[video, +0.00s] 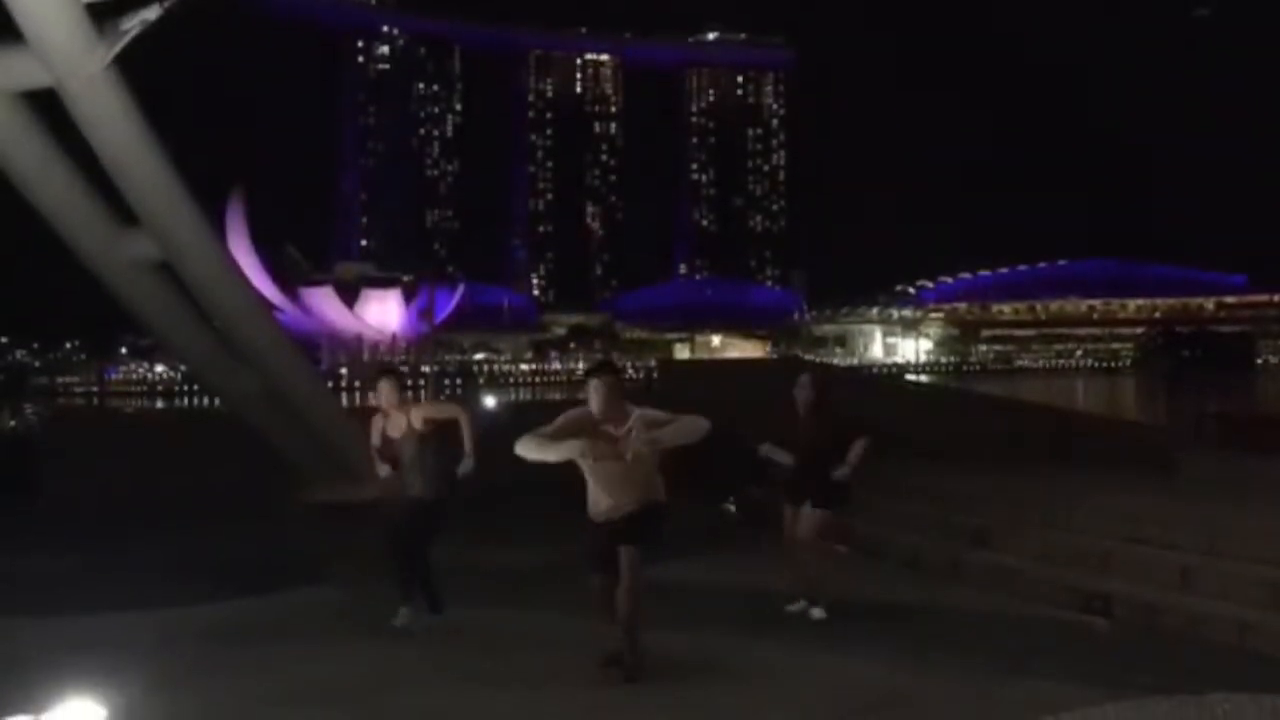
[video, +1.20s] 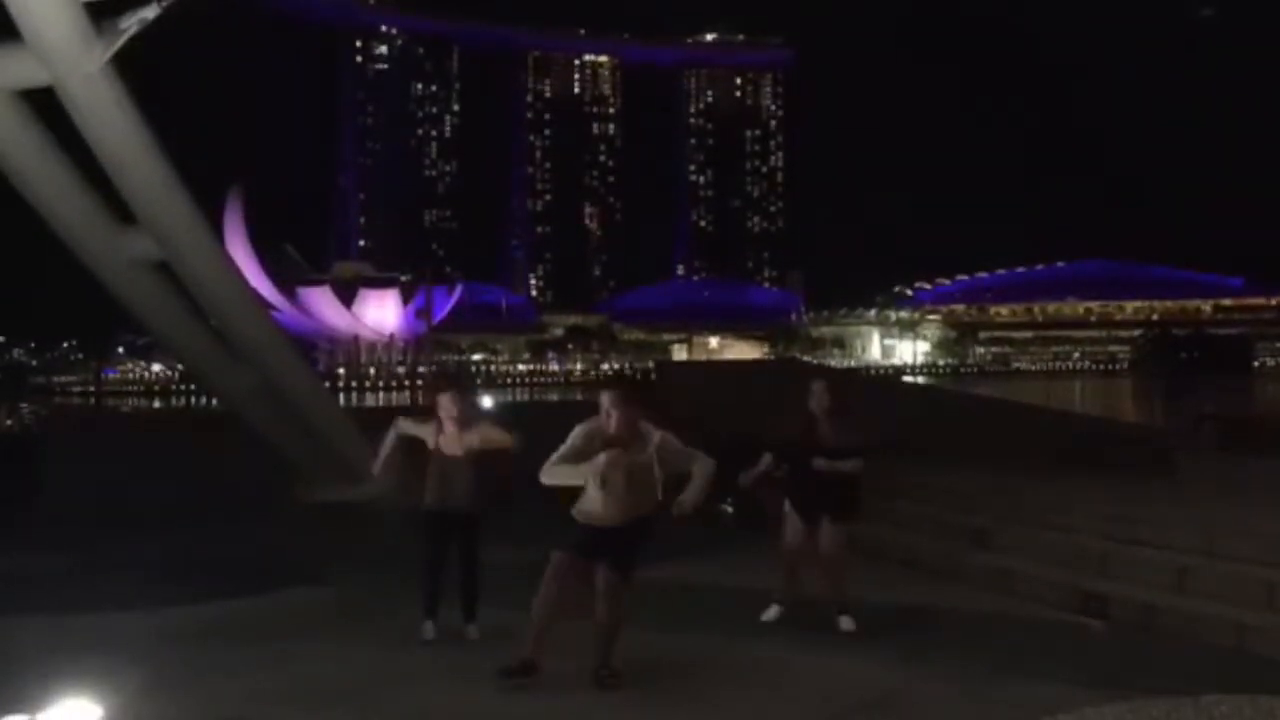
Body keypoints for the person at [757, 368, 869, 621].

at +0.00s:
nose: (799, 394)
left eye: (805, 389)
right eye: (798, 388)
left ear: (817, 392)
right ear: (794, 391)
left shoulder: (827, 419)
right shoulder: (795, 422)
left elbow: (861, 437)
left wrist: (848, 466)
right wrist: (772, 452)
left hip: (824, 484)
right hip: (799, 483)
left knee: (807, 539)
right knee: (792, 540)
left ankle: (820, 599)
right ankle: (803, 596)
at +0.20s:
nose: (815, 397)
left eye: (820, 391)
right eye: (810, 391)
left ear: (829, 395)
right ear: (804, 394)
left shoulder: (842, 425)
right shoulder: (796, 424)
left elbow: (857, 460)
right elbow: (786, 462)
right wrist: (786, 492)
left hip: (836, 493)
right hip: (802, 493)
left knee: (830, 551)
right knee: (796, 549)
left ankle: (828, 604)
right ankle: (795, 597)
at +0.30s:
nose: (820, 404)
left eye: (824, 398)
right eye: (815, 398)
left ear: (832, 400)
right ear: (809, 400)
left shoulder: (841, 427)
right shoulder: (797, 428)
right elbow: (778, 461)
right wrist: (785, 496)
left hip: (835, 497)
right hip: (804, 497)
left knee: (834, 554)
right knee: (801, 554)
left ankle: (826, 606)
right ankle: (791, 609)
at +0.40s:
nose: (814, 392)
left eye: (819, 387)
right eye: (810, 387)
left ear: (828, 390)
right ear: (804, 390)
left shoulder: (839, 419)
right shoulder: (800, 419)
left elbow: (855, 459)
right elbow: (777, 453)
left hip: (834, 487)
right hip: (801, 489)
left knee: (837, 548)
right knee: (806, 548)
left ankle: (826, 606)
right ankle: (797, 613)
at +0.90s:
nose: (818, 391)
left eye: (823, 385)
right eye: (813, 385)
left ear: (830, 387)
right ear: (806, 386)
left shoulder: (839, 413)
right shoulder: (795, 413)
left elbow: (860, 440)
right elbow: (775, 454)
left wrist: (862, 467)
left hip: (836, 487)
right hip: (802, 489)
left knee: (844, 546)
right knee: (805, 551)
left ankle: (843, 606)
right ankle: (797, 618)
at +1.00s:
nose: (820, 394)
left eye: (825, 388)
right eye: (816, 388)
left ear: (834, 391)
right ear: (810, 391)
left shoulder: (847, 422)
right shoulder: (800, 422)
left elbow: (862, 461)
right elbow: (789, 464)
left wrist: (859, 492)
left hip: (839, 495)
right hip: (806, 495)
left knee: (841, 552)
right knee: (800, 552)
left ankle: (843, 610)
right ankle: (788, 615)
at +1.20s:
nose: (817, 400)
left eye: (822, 394)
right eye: (813, 394)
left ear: (832, 398)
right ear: (808, 398)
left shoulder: (843, 428)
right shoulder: (799, 427)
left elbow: (856, 464)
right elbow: (773, 456)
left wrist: (829, 465)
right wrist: (753, 474)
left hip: (834, 498)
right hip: (800, 495)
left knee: (831, 554)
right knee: (789, 549)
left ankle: (841, 609)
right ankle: (781, 602)